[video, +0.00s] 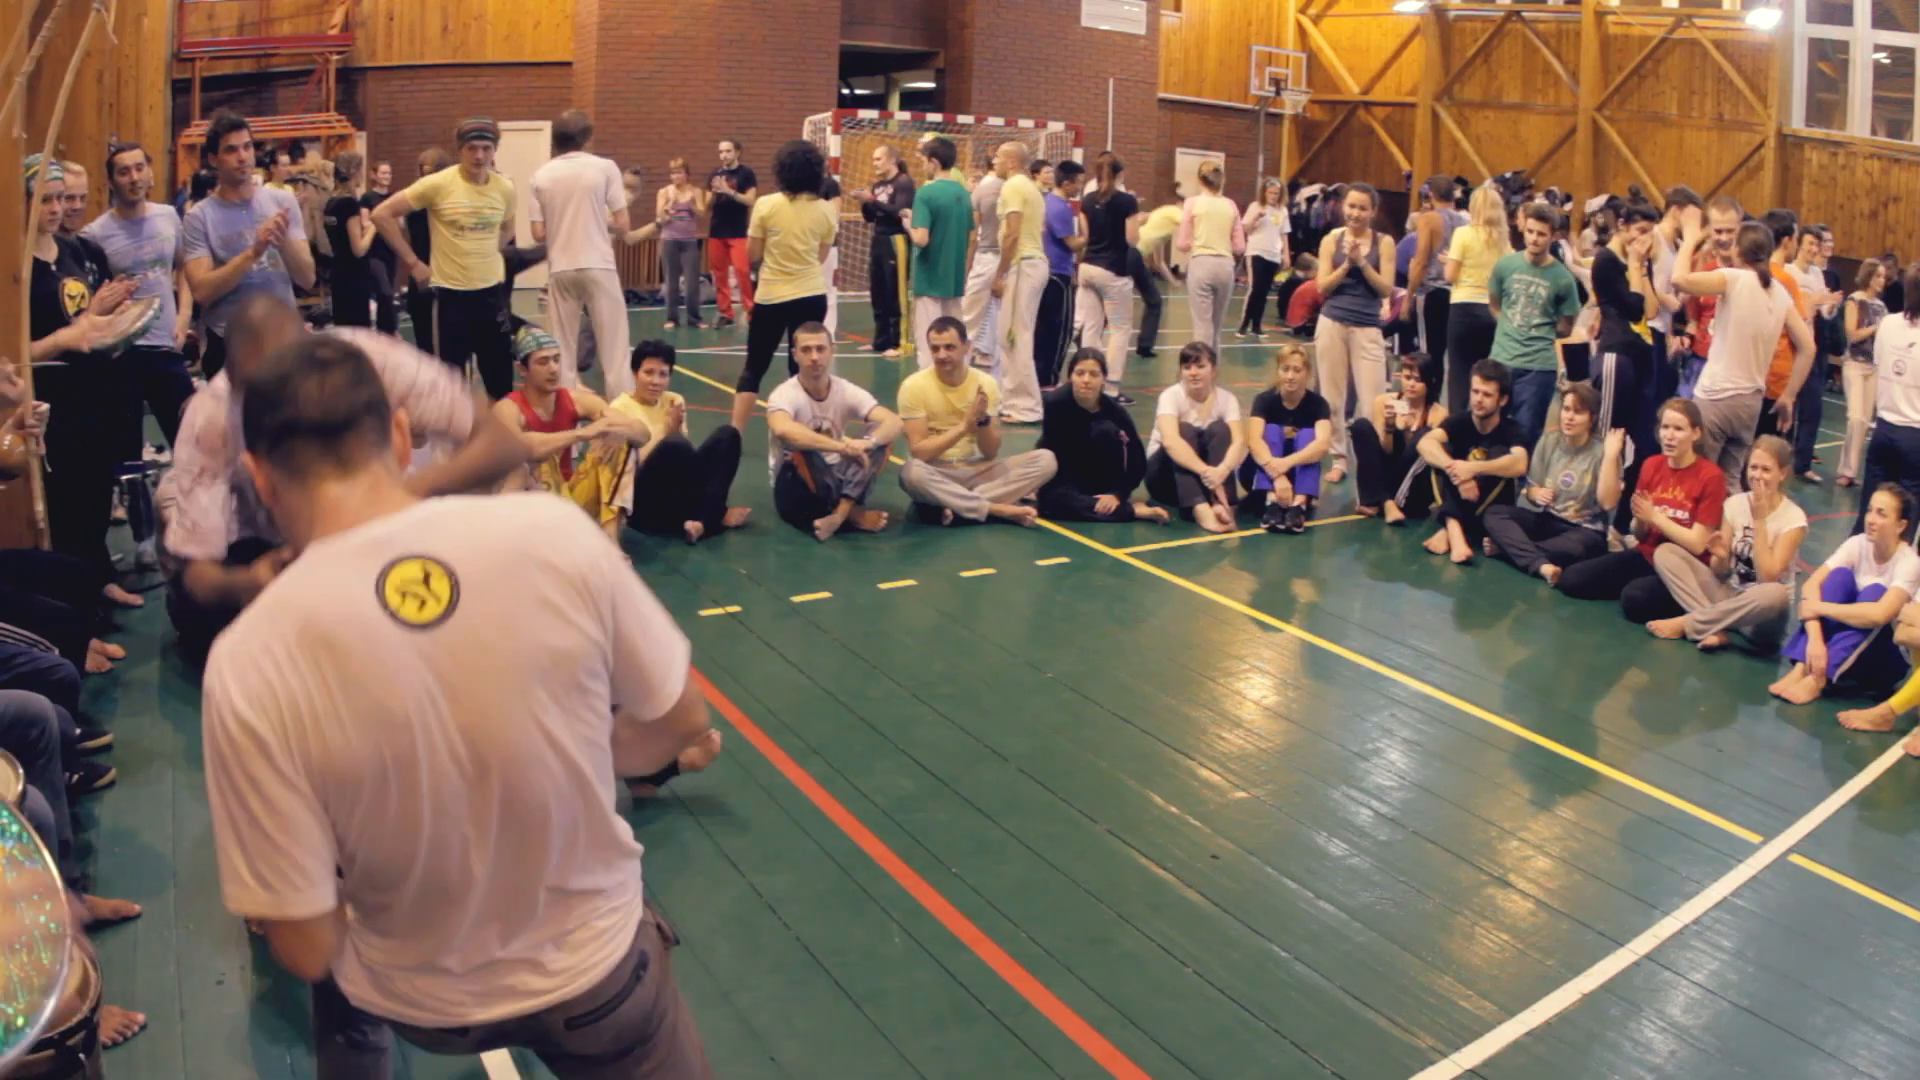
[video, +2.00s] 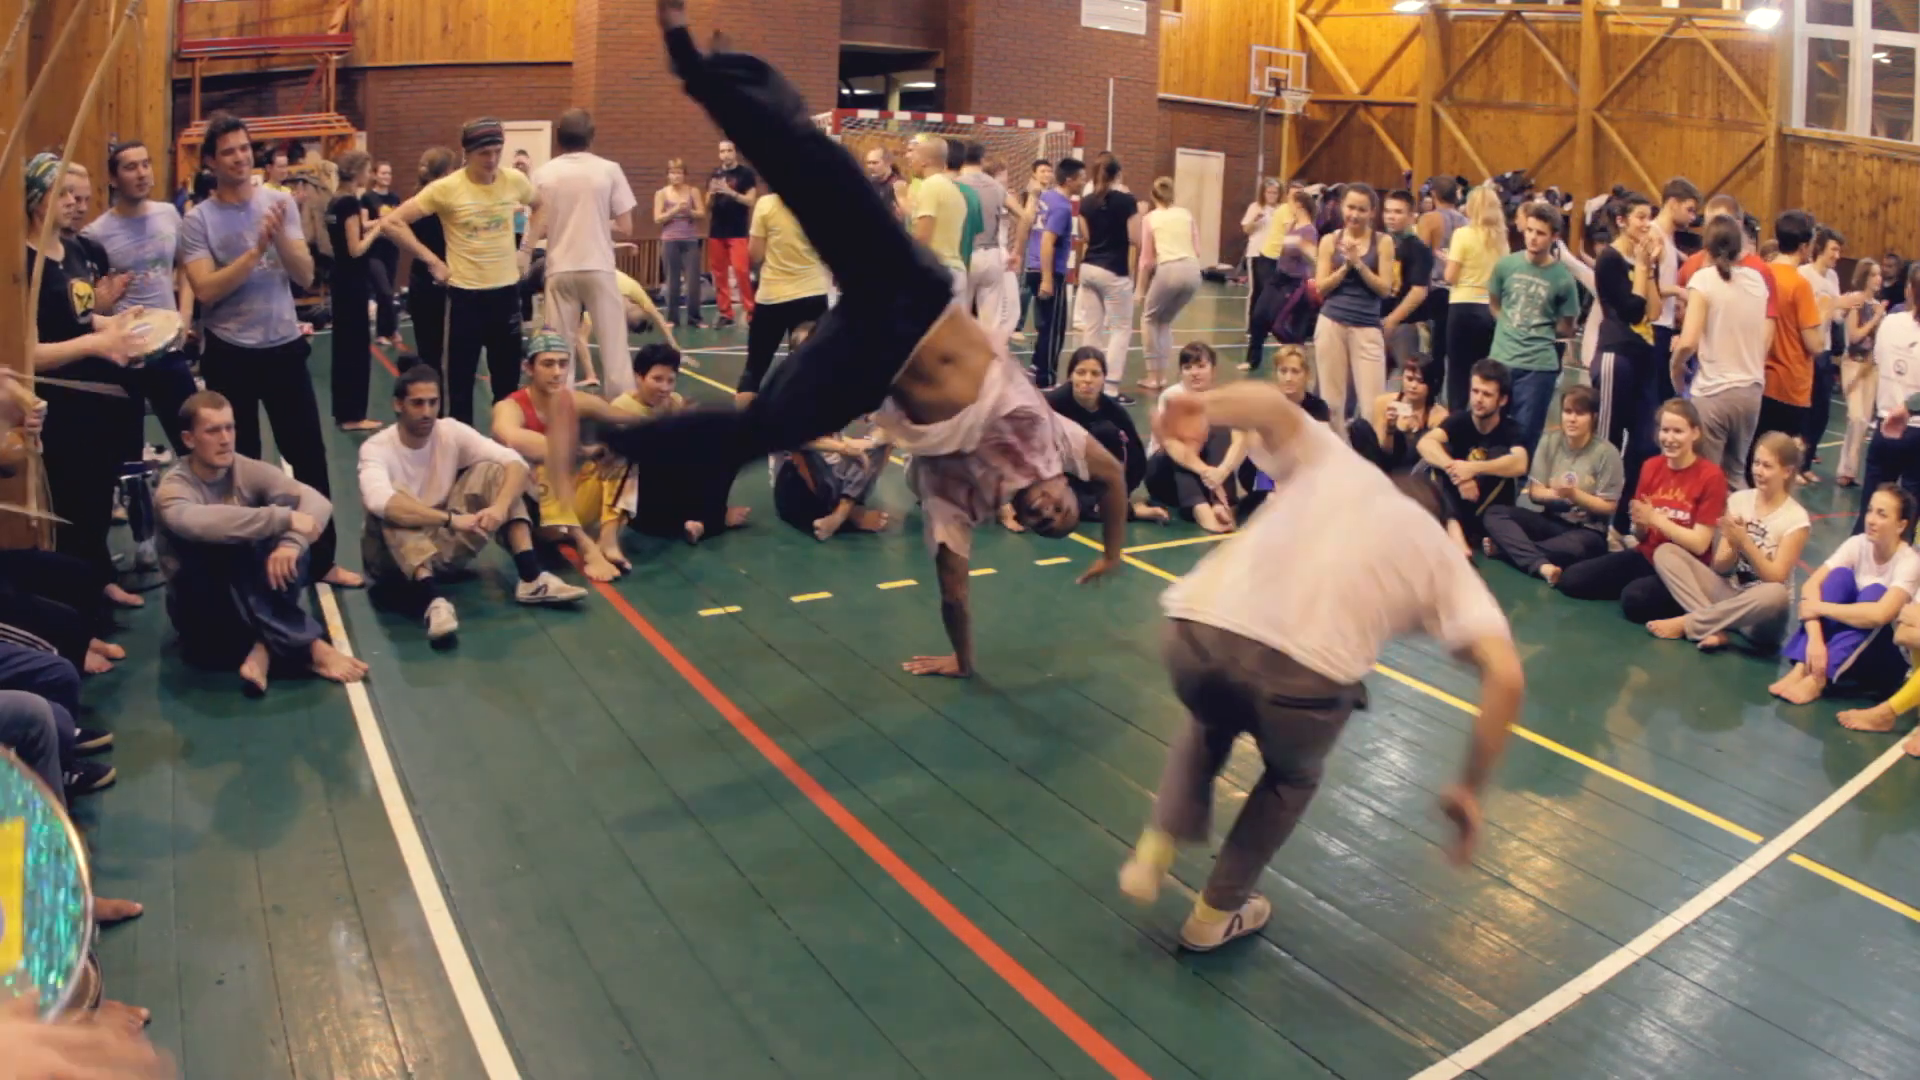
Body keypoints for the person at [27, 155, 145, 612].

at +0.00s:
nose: (58, 208)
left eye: (65, 198)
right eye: (47, 198)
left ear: (71, 202)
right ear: (24, 201)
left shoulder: (80, 254)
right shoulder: (16, 265)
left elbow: (82, 332)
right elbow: (16, 353)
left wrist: (110, 314)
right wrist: (76, 327)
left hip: (89, 389)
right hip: (43, 396)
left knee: (94, 488)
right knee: (63, 494)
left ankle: (100, 574)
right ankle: (69, 586)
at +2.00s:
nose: (76, 203)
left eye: (81, 195)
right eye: (66, 194)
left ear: (85, 200)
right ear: (39, 200)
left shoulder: (76, 253)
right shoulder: (22, 261)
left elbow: (80, 320)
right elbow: (24, 354)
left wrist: (119, 323)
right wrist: (96, 345)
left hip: (97, 389)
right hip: (57, 397)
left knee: (97, 496)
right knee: (73, 500)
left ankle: (100, 576)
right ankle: (78, 594)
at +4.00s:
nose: (56, 208)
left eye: (58, 199)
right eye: (45, 200)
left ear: (61, 204)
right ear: (19, 208)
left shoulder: (65, 258)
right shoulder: (13, 271)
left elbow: (73, 324)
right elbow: (17, 361)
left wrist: (107, 323)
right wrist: (82, 347)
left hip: (88, 390)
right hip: (50, 400)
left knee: (96, 488)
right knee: (68, 495)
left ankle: (101, 577)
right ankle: (75, 591)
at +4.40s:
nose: (54, 204)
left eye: (57, 196)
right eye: (45, 196)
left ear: (57, 201)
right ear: (23, 202)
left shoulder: (67, 254)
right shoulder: (16, 268)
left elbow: (78, 319)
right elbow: (27, 356)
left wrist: (114, 325)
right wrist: (97, 345)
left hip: (87, 387)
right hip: (50, 394)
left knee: (96, 486)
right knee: (67, 492)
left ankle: (102, 577)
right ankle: (75, 587)